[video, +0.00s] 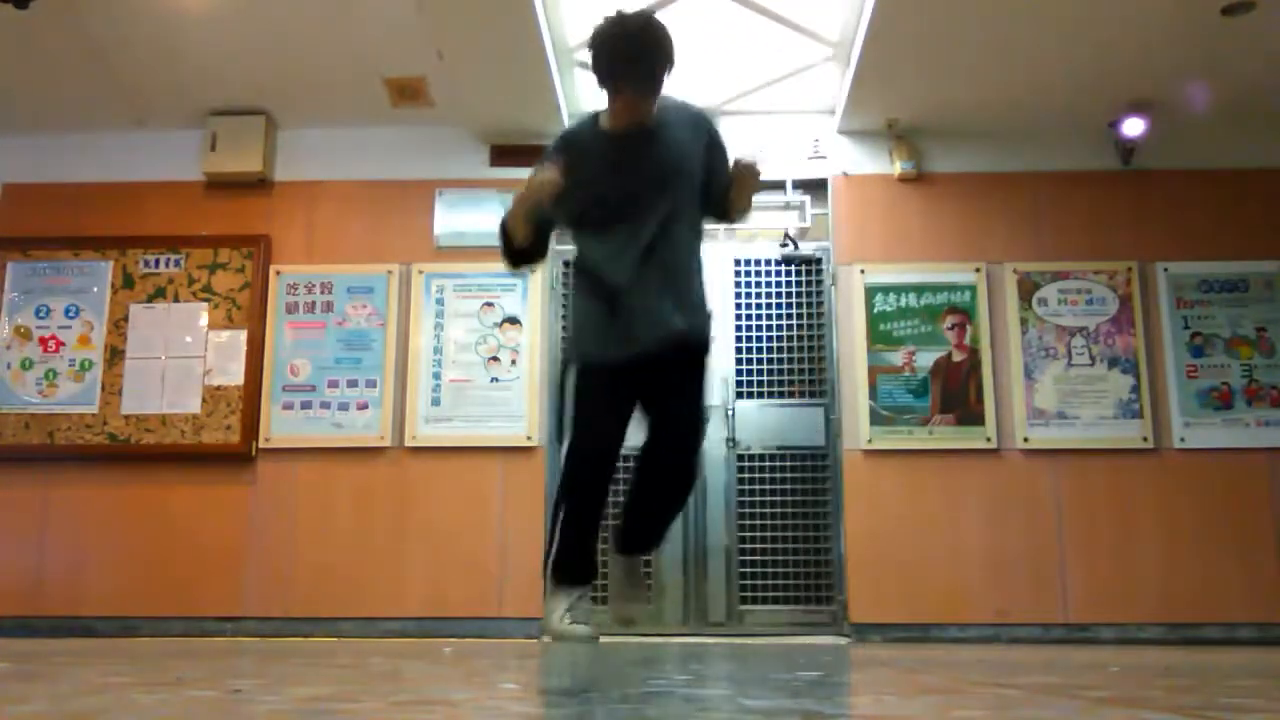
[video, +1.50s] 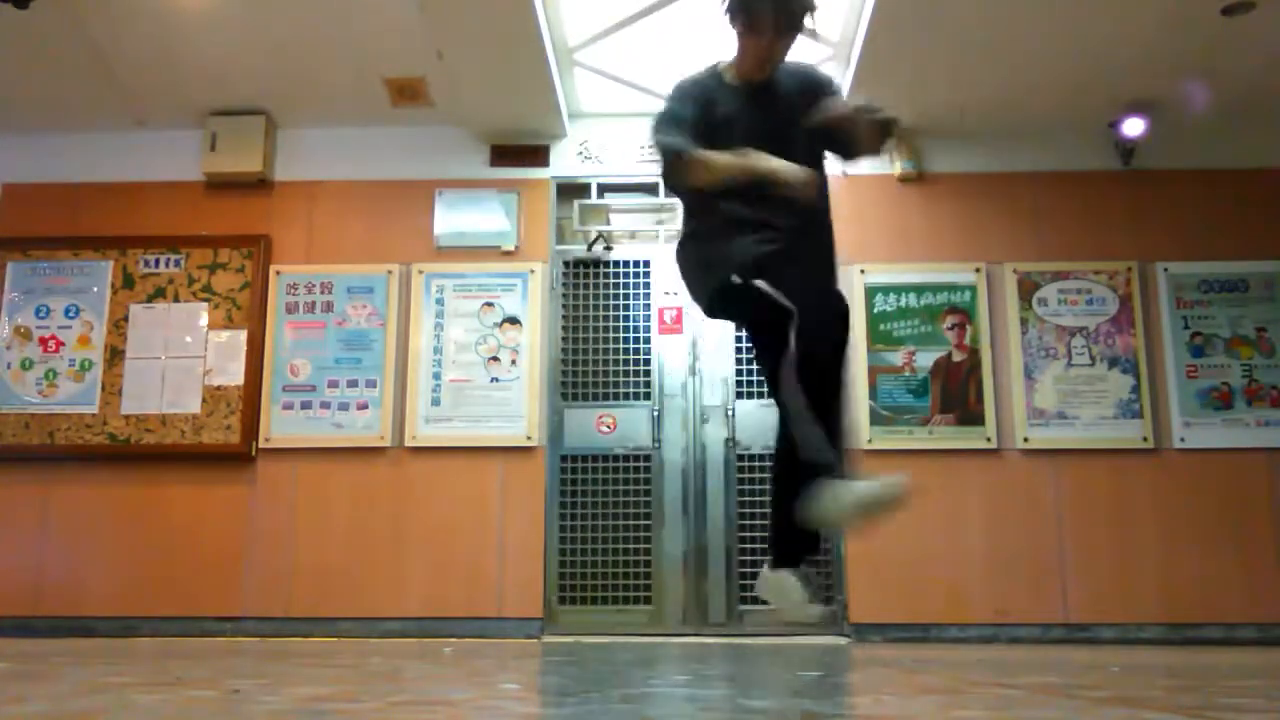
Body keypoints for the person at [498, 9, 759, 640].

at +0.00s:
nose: (640, 105)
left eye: (649, 92)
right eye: (629, 92)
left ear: (662, 79)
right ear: (606, 82)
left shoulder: (691, 130)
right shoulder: (575, 147)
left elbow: (719, 205)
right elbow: (520, 249)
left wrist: (738, 192)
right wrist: (531, 201)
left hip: (677, 320)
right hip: (601, 325)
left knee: (678, 451)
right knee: (593, 452)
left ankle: (633, 549)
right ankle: (569, 588)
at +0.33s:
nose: (692, 121)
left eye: (699, 108)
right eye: (682, 109)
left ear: (709, 103)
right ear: (654, 105)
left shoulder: (733, 160)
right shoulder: (616, 178)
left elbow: (777, 227)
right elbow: (591, 288)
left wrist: (831, 202)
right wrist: (568, 243)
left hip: (730, 348)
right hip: (657, 357)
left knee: (755, 479)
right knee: (688, 484)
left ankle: (757, 606)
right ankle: (687, 603)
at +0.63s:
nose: (718, 92)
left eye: (731, 80)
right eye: (713, 76)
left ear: (745, 73)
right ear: (690, 56)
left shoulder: (755, 128)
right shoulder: (629, 104)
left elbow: (817, 190)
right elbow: (546, 136)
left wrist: (856, 140)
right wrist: (515, 100)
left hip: (693, 304)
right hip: (615, 295)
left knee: (687, 435)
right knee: (624, 426)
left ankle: (656, 573)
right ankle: (612, 572)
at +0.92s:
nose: (703, 97)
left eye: (717, 85)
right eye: (694, 82)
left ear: (736, 81)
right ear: (678, 72)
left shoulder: (757, 143)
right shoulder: (631, 133)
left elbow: (828, 195)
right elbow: (543, 146)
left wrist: (856, 144)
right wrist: (517, 88)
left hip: (712, 335)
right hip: (638, 329)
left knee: (686, 464)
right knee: (632, 451)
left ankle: (642, 591)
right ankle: (601, 584)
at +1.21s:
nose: (738, 96)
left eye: (749, 82)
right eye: (726, 81)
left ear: (764, 81)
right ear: (705, 78)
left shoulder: (786, 147)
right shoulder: (672, 170)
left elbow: (834, 193)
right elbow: (617, 242)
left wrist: (912, 176)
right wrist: (585, 280)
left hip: (795, 343)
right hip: (715, 353)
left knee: (813, 470)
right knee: (721, 478)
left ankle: (799, 604)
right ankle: (720, 598)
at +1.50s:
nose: (768, 48)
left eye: (781, 36)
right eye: (759, 33)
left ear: (794, 34)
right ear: (738, 25)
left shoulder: (806, 88)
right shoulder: (695, 94)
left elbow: (859, 143)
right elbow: (682, 170)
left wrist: (872, 124)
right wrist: (764, 164)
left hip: (803, 258)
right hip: (725, 254)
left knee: (813, 409)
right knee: (800, 312)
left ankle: (784, 565)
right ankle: (821, 480)